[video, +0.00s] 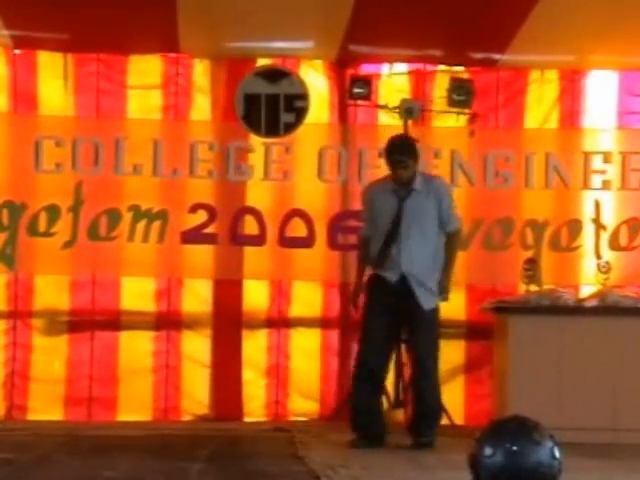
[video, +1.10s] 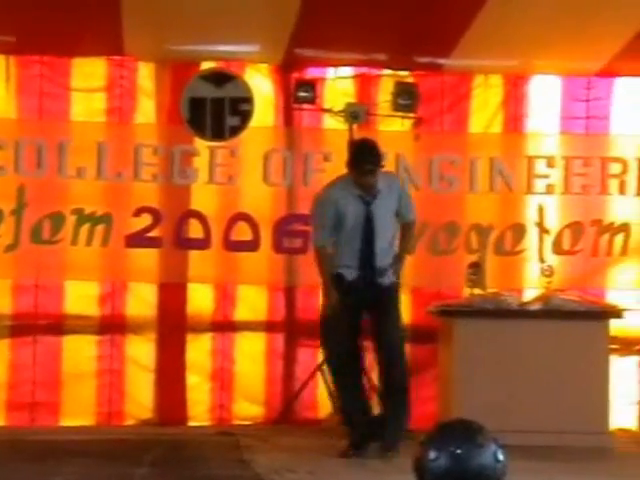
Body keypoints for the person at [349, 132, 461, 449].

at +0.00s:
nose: (401, 173)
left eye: (406, 166)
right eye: (396, 167)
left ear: (417, 163)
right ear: (387, 165)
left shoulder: (436, 190)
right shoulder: (374, 193)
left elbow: (453, 233)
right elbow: (367, 236)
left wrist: (445, 276)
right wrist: (359, 280)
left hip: (423, 285)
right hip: (383, 284)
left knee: (425, 362)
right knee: (370, 360)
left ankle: (425, 430)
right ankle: (369, 430)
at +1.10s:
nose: (370, 180)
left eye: (374, 173)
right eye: (363, 174)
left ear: (381, 168)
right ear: (351, 170)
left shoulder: (394, 188)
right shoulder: (331, 197)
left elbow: (408, 221)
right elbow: (322, 246)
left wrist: (401, 255)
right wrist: (330, 287)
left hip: (384, 282)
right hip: (345, 283)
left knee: (392, 356)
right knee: (342, 357)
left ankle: (393, 430)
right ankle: (358, 428)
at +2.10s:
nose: (346, 181)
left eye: (352, 174)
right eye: (340, 174)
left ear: (359, 171)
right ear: (328, 167)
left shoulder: (370, 193)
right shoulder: (301, 192)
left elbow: (381, 234)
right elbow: (285, 236)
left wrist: (363, 279)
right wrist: (293, 276)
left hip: (346, 291)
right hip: (307, 288)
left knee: (342, 367)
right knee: (304, 364)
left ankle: (330, 439)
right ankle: (307, 436)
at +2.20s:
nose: (350, 180)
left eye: (355, 174)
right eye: (344, 173)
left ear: (362, 170)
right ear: (330, 166)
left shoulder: (370, 193)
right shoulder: (301, 190)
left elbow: (377, 235)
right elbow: (286, 236)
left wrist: (362, 274)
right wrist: (294, 274)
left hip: (347, 289)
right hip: (310, 287)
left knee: (344, 365)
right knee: (314, 364)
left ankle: (334, 437)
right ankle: (320, 438)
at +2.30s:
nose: (341, 181)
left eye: (346, 174)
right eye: (335, 174)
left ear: (352, 171)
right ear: (320, 168)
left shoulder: (357, 198)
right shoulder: (293, 195)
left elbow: (360, 239)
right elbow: (270, 236)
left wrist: (351, 278)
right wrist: (290, 279)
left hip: (339, 297)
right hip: (301, 295)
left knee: (337, 368)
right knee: (305, 369)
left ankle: (312, 434)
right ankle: (322, 442)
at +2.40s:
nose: (336, 180)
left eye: (341, 173)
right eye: (330, 172)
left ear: (347, 172)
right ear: (316, 169)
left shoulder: (353, 201)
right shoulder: (290, 197)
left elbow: (353, 244)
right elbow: (262, 236)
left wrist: (347, 286)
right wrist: (284, 275)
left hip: (331, 298)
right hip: (293, 294)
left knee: (330, 371)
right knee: (285, 364)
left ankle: (296, 436)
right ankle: (302, 438)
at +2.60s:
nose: (320, 179)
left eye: (325, 171)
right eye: (314, 171)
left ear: (332, 169)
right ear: (300, 168)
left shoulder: (343, 196)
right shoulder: (276, 197)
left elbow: (351, 242)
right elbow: (263, 246)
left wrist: (338, 286)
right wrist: (277, 285)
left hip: (320, 296)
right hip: (283, 294)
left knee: (312, 373)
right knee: (278, 371)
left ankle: (280, 436)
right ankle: (285, 444)